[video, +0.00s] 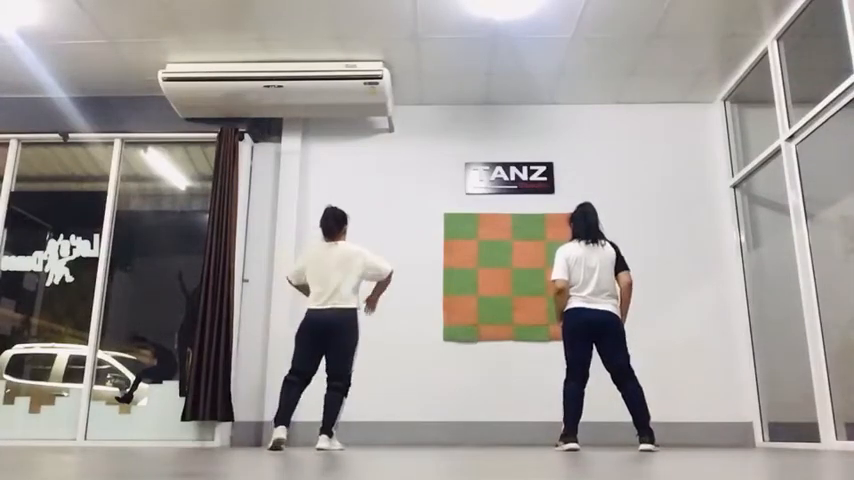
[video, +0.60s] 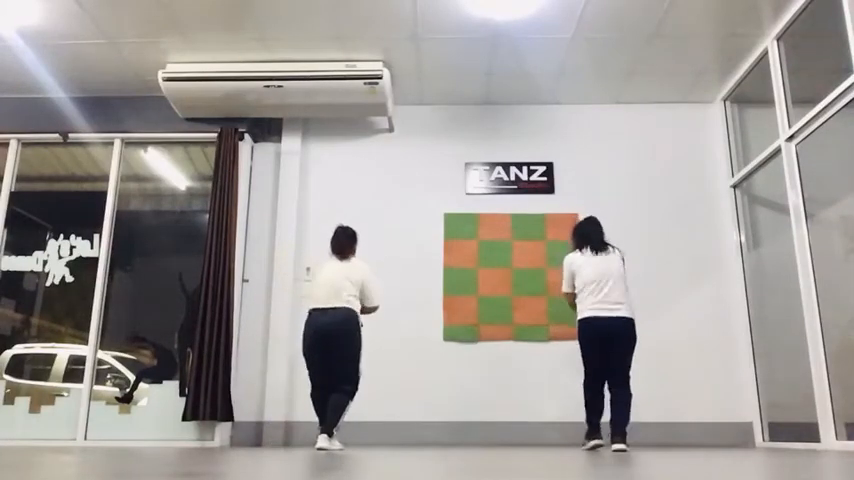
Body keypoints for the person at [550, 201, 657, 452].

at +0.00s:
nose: (569, 226)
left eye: (571, 222)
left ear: (573, 224)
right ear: (596, 222)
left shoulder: (566, 250)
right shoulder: (611, 248)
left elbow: (561, 287)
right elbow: (626, 282)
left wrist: (560, 316)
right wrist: (622, 317)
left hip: (576, 318)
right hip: (609, 318)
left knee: (575, 376)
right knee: (624, 376)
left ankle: (569, 435)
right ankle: (645, 434)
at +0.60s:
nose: (573, 240)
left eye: (574, 236)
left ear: (577, 237)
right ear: (601, 234)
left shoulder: (571, 259)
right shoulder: (617, 254)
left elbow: (569, 295)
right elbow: (621, 286)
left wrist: (581, 310)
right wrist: (609, 306)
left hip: (590, 323)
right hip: (622, 322)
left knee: (593, 378)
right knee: (621, 380)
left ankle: (593, 433)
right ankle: (619, 437)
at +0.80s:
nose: (572, 233)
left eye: (573, 229)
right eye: (573, 229)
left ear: (578, 231)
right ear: (599, 228)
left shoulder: (571, 255)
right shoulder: (616, 251)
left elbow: (564, 294)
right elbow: (622, 284)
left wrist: (543, 302)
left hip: (591, 315)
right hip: (622, 315)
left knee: (593, 374)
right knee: (620, 376)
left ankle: (589, 434)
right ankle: (619, 437)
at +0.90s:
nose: (570, 224)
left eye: (572, 221)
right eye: (572, 220)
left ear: (576, 222)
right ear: (598, 220)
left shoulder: (570, 249)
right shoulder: (613, 246)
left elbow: (558, 287)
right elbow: (627, 283)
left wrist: (532, 295)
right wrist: (633, 291)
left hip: (587, 315)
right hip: (618, 314)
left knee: (590, 374)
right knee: (618, 375)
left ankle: (589, 435)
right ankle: (619, 437)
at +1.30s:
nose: (567, 237)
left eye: (568, 234)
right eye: (570, 233)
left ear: (572, 238)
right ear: (593, 236)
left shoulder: (564, 259)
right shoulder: (607, 256)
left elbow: (548, 292)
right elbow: (634, 279)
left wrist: (514, 295)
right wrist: (671, 285)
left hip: (576, 319)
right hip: (608, 321)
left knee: (584, 378)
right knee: (608, 377)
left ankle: (591, 436)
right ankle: (607, 434)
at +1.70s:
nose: (603, 225)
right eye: (602, 222)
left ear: (575, 223)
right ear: (601, 223)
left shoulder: (566, 249)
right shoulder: (609, 244)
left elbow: (553, 286)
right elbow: (637, 271)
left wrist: (528, 299)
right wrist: (677, 274)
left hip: (584, 320)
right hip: (612, 318)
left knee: (602, 371)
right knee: (616, 375)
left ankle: (592, 425)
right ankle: (606, 433)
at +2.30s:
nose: (605, 228)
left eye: (604, 223)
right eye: (603, 224)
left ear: (580, 228)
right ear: (595, 225)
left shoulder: (573, 256)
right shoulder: (600, 246)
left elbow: (572, 295)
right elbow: (615, 270)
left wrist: (565, 313)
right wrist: (649, 271)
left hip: (583, 319)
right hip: (606, 317)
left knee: (601, 375)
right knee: (619, 374)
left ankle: (591, 433)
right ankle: (601, 428)